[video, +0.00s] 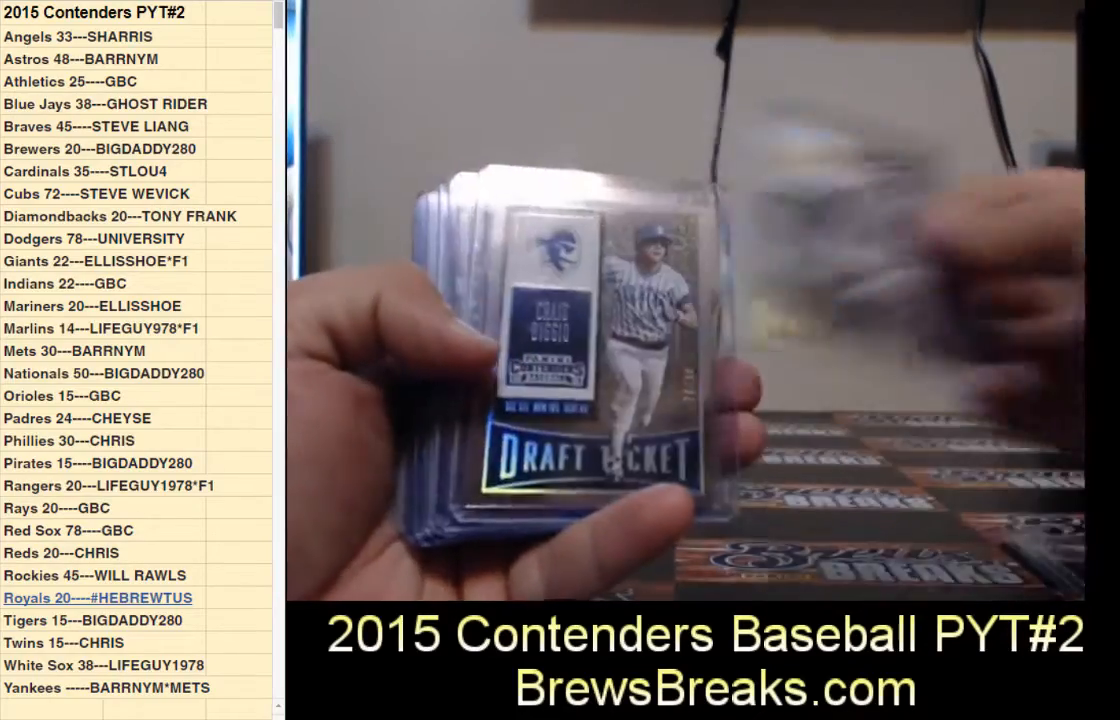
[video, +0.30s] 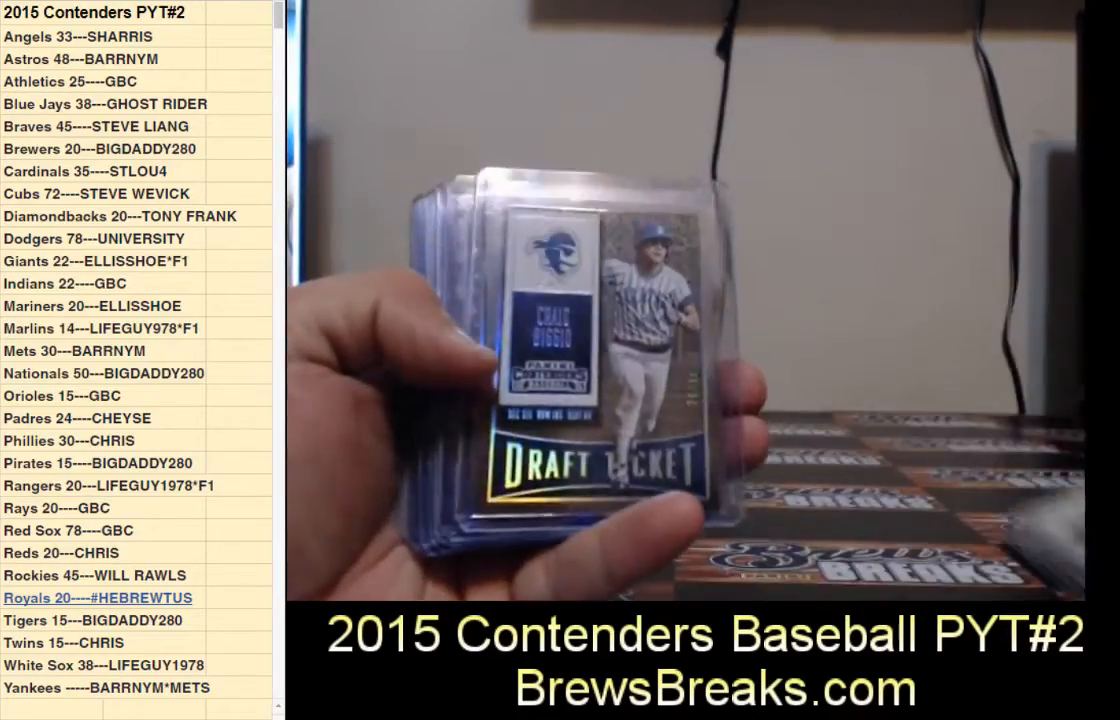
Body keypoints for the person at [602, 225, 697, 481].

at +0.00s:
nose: (657, 249)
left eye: (662, 245)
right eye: (652, 244)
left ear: (667, 249)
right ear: (640, 247)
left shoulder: (674, 279)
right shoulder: (618, 269)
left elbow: (693, 319)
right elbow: (584, 264)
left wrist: (681, 316)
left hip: (657, 351)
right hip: (622, 346)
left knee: (647, 410)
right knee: (630, 389)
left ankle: (630, 440)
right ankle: (616, 456)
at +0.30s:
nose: (658, 249)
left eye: (662, 245)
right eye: (652, 244)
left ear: (667, 249)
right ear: (640, 248)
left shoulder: (675, 281)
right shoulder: (619, 272)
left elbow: (695, 322)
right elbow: (584, 269)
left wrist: (683, 318)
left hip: (659, 355)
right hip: (625, 349)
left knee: (651, 414)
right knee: (634, 392)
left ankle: (638, 449)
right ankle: (621, 462)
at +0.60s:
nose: (666, 246)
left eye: (670, 241)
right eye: (660, 241)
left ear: (675, 246)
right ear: (647, 245)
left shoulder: (683, 279)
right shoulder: (627, 270)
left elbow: (703, 324)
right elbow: (590, 266)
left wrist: (688, 317)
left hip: (667, 358)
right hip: (632, 354)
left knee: (659, 415)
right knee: (638, 402)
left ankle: (644, 462)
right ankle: (627, 470)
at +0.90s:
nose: (686, 247)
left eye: (690, 242)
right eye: (680, 242)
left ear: (695, 247)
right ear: (667, 245)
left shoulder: (700, 279)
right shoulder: (645, 270)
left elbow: (719, 318)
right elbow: (606, 267)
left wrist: (715, 321)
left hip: (683, 360)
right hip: (648, 354)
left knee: (674, 420)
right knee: (652, 405)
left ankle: (659, 469)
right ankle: (640, 473)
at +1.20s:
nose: (658, 244)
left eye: (664, 238)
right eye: (653, 238)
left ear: (674, 242)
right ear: (647, 242)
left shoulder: (689, 281)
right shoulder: (630, 276)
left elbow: (696, 327)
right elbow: (615, 327)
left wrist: (696, 367)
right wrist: (611, 366)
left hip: (672, 363)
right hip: (632, 363)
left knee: (671, 444)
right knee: (612, 441)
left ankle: (673, 516)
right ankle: (605, 516)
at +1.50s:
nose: (662, 246)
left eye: (667, 240)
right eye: (657, 240)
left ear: (678, 244)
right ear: (651, 244)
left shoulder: (694, 283)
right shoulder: (635, 278)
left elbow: (702, 329)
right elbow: (619, 329)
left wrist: (702, 370)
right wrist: (614, 368)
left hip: (677, 365)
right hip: (638, 364)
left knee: (676, 448)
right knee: (617, 444)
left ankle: (679, 519)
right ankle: (610, 519)